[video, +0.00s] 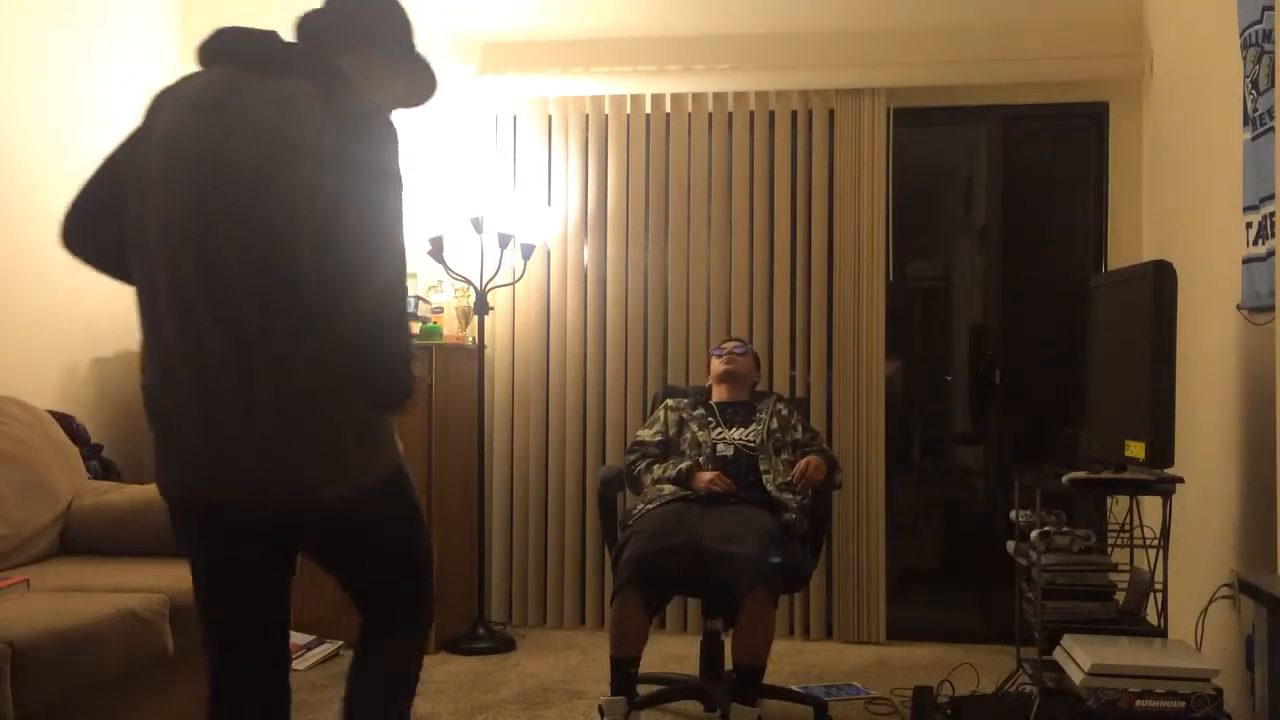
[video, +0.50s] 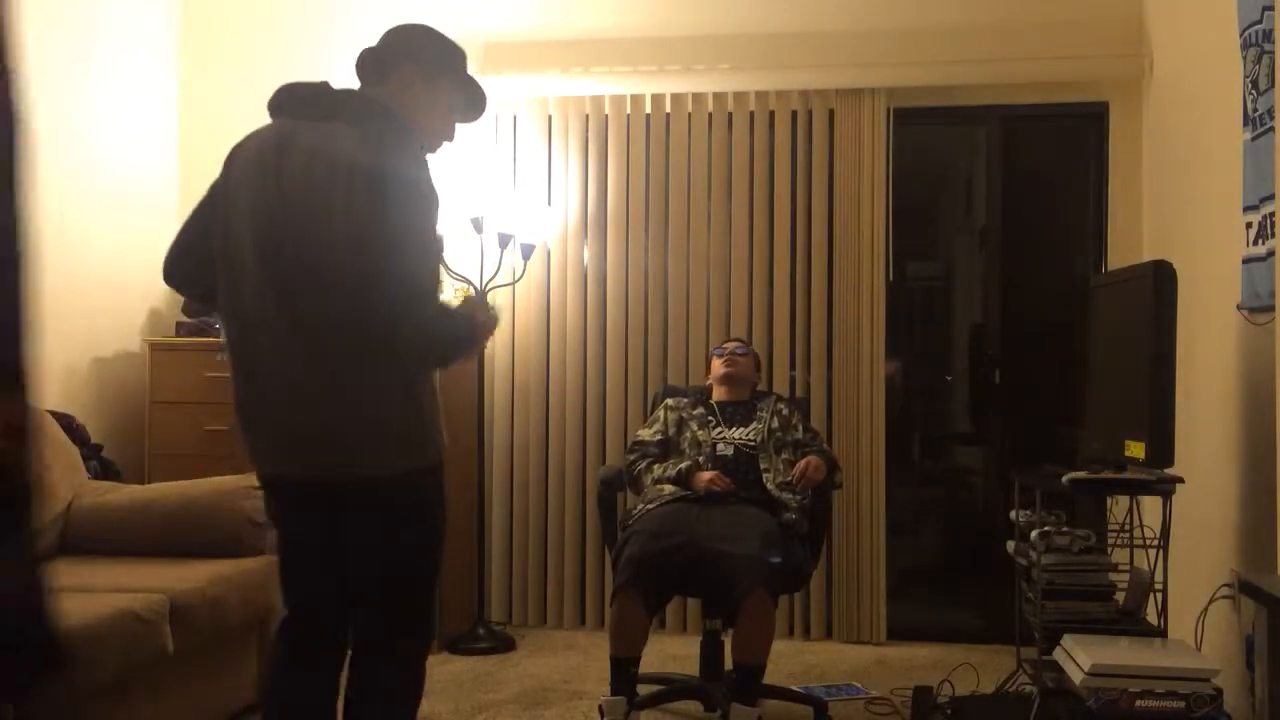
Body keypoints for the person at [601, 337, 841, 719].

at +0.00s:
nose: (728, 351)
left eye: (739, 349)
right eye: (719, 350)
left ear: (757, 370)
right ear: (708, 371)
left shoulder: (779, 412)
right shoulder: (674, 410)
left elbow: (824, 457)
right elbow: (638, 464)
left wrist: (820, 461)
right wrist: (690, 476)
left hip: (750, 507)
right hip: (673, 504)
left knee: (758, 576)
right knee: (638, 568)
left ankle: (746, 703)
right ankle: (621, 694)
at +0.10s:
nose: (729, 351)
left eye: (740, 349)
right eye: (720, 350)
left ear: (757, 372)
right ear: (708, 372)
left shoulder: (779, 412)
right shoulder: (674, 410)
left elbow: (823, 456)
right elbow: (638, 465)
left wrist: (819, 461)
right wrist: (689, 476)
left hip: (749, 507)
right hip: (673, 505)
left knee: (757, 577)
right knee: (637, 570)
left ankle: (745, 703)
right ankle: (621, 694)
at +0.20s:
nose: (730, 351)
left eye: (741, 349)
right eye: (720, 350)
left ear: (757, 371)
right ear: (709, 372)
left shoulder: (780, 412)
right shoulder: (674, 410)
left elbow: (824, 457)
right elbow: (638, 465)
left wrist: (819, 461)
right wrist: (689, 476)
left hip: (749, 508)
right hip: (673, 505)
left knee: (757, 577)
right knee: (637, 570)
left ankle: (745, 703)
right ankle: (621, 694)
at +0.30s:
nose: (730, 352)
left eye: (741, 350)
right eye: (720, 350)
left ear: (757, 372)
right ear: (708, 372)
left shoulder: (780, 412)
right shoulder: (674, 410)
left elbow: (823, 456)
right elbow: (638, 465)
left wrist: (819, 461)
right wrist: (689, 476)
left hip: (749, 507)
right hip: (673, 505)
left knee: (756, 576)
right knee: (638, 569)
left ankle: (746, 703)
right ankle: (621, 694)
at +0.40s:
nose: (730, 352)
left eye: (741, 350)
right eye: (720, 350)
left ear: (757, 371)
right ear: (708, 372)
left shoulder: (780, 412)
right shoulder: (674, 410)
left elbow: (824, 457)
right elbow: (638, 465)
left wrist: (820, 461)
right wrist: (689, 476)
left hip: (749, 508)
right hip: (673, 505)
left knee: (757, 578)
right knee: (637, 571)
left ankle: (745, 703)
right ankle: (621, 694)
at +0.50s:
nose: (729, 353)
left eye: (740, 350)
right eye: (720, 351)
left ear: (757, 372)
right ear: (708, 372)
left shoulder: (779, 412)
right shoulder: (674, 409)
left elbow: (822, 454)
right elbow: (639, 465)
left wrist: (819, 461)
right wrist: (689, 476)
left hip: (749, 508)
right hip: (673, 505)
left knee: (756, 576)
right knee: (638, 567)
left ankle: (746, 705)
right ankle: (621, 695)